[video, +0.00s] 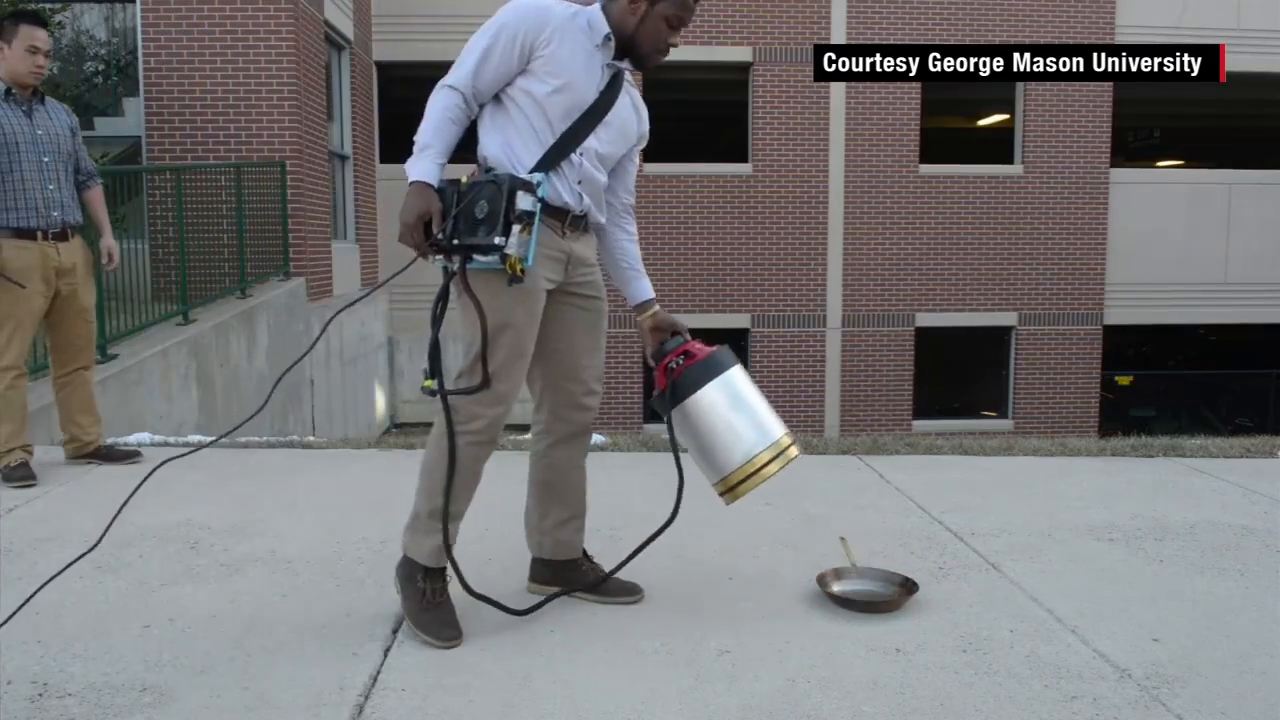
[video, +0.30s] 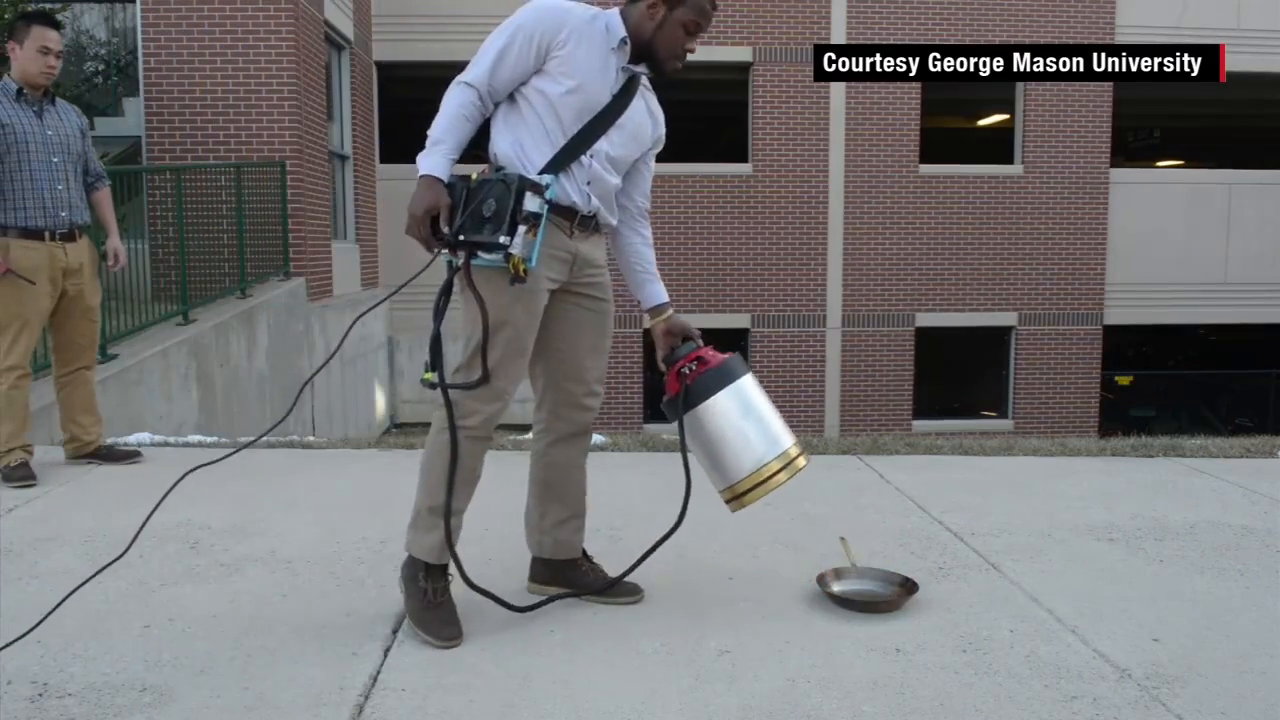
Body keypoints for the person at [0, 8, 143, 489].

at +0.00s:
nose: (42, 62)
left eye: (47, 54)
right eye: (32, 51)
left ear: (51, 61)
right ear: (4, 52)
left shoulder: (61, 115)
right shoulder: (1, 107)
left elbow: (87, 177)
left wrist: (106, 231)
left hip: (71, 248)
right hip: (15, 252)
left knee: (76, 357)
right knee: (12, 364)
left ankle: (85, 444)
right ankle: (13, 454)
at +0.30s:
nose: (54, 62)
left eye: (59, 55)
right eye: (44, 52)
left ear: (62, 61)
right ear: (13, 51)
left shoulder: (72, 116)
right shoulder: (2, 104)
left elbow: (95, 178)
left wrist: (113, 233)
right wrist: (1, 249)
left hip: (77, 250)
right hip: (19, 252)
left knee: (78, 358)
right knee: (14, 364)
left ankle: (85, 444)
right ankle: (13, 454)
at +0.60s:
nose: (59, 63)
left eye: (63, 56)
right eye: (49, 53)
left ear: (66, 63)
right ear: (18, 52)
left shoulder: (76, 117)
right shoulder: (3, 105)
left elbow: (98, 178)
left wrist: (114, 234)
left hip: (79, 250)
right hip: (20, 252)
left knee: (80, 357)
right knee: (15, 364)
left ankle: (86, 444)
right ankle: (13, 454)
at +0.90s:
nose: (59, 64)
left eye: (64, 56)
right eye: (49, 53)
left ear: (68, 63)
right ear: (18, 52)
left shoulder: (77, 117)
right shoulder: (3, 106)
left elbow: (99, 179)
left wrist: (114, 234)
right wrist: (0, 251)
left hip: (80, 250)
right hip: (20, 252)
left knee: (80, 357)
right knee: (15, 363)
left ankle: (86, 444)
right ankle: (13, 454)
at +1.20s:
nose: (58, 63)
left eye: (64, 56)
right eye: (48, 53)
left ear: (68, 63)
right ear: (17, 52)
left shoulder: (76, 117)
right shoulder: (3, 105)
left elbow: (98, 179)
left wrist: (113, 234)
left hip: (79, 250)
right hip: (21, 252)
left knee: (80, 357)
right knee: (15, 363)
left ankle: (86, 444)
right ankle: (13, 454)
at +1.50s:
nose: (53, 60)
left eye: (61, 54)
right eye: (43, 50)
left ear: (66, 61)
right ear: (15, 52)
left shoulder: (77, 116)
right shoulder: (3, 106)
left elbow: (98, 179)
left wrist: (112, 235)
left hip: (80, 249)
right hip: (21, 252)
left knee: (83, 352)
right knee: (17, 360)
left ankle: (86, 442)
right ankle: (13, 452)